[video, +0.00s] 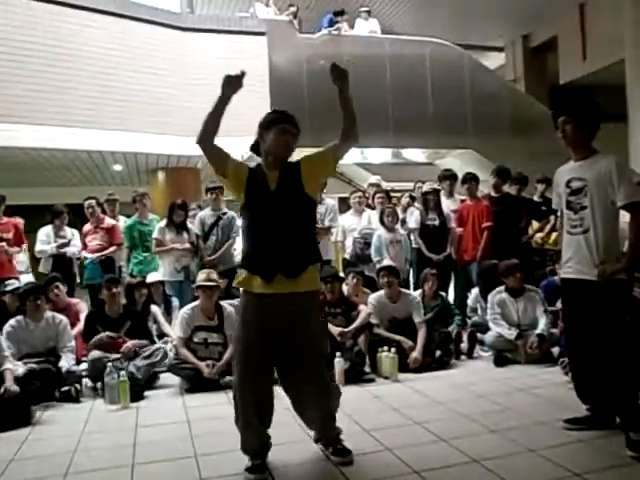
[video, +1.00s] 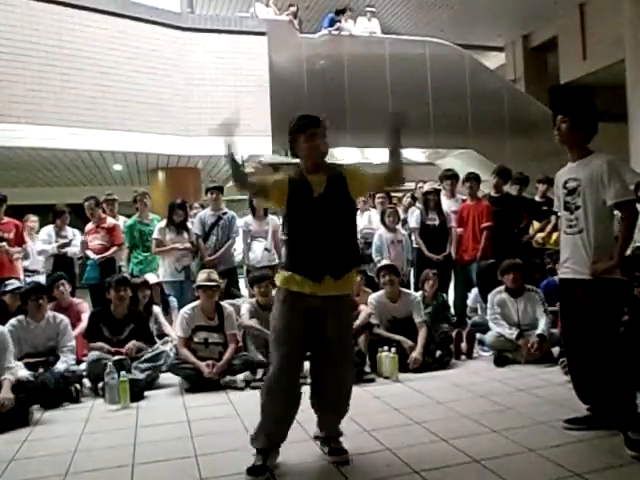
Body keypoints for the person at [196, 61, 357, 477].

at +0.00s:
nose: (287, 138)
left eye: (291, 135)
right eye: (279, 132)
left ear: (296, 144)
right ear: (260, 139)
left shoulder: (309, 171)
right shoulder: (242, 176)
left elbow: (349, 137)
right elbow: (206, 141)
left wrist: (343, 91)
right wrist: (224, 97)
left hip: (302, 294)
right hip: (256, 295)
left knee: (315, 372)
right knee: (250, 379)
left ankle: (329, 436)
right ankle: (256, 454)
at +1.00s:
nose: (317, 142)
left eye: (320, 136)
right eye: (309, 137)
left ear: (328, 141)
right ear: (295, 145)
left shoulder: (348, 178)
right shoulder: (285, 183)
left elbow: (391, 176)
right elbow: (250, 185)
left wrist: (397, 148)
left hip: (339, 291)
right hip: (294, 290)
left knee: (337, 369)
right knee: (281, 372)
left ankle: (329, 432)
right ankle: (266, 450)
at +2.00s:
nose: (287, 177)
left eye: (293, 170)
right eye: (280, 170)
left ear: (301, 171)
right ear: (266, 169)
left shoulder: (311, 200)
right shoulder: (249, 199)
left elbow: (360, 208)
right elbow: (205, 221)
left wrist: (336, 235)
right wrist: (222, 224)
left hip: (306, 292)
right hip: (266, 296)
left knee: (328, 307)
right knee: (275, 374)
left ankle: (324, 397)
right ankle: (277, 451)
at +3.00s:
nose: (275, 150)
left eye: (282, 142)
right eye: (268, 142)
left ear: (292, 141)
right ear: (256, 140)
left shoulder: (305, 166)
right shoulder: (237, 170)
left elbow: (348, 159)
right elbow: (191, 161)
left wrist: (359, 144)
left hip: (299, 281)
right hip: (255, 285)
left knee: (306, 363)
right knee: (265, 365)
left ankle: (303, 442)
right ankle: (274, 444)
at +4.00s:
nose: (267, 143)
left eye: (274, 136)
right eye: (260, 135)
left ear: (283, 141)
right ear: (246, 142)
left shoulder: (300, 184)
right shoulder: (228, 190)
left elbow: (331, 219)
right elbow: (211, 243)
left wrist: (325, 250)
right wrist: (234, 232)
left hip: (300, 300)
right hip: (253, 304)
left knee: (315, 385)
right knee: (263, 393)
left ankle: (294, 438)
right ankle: (273, 467)